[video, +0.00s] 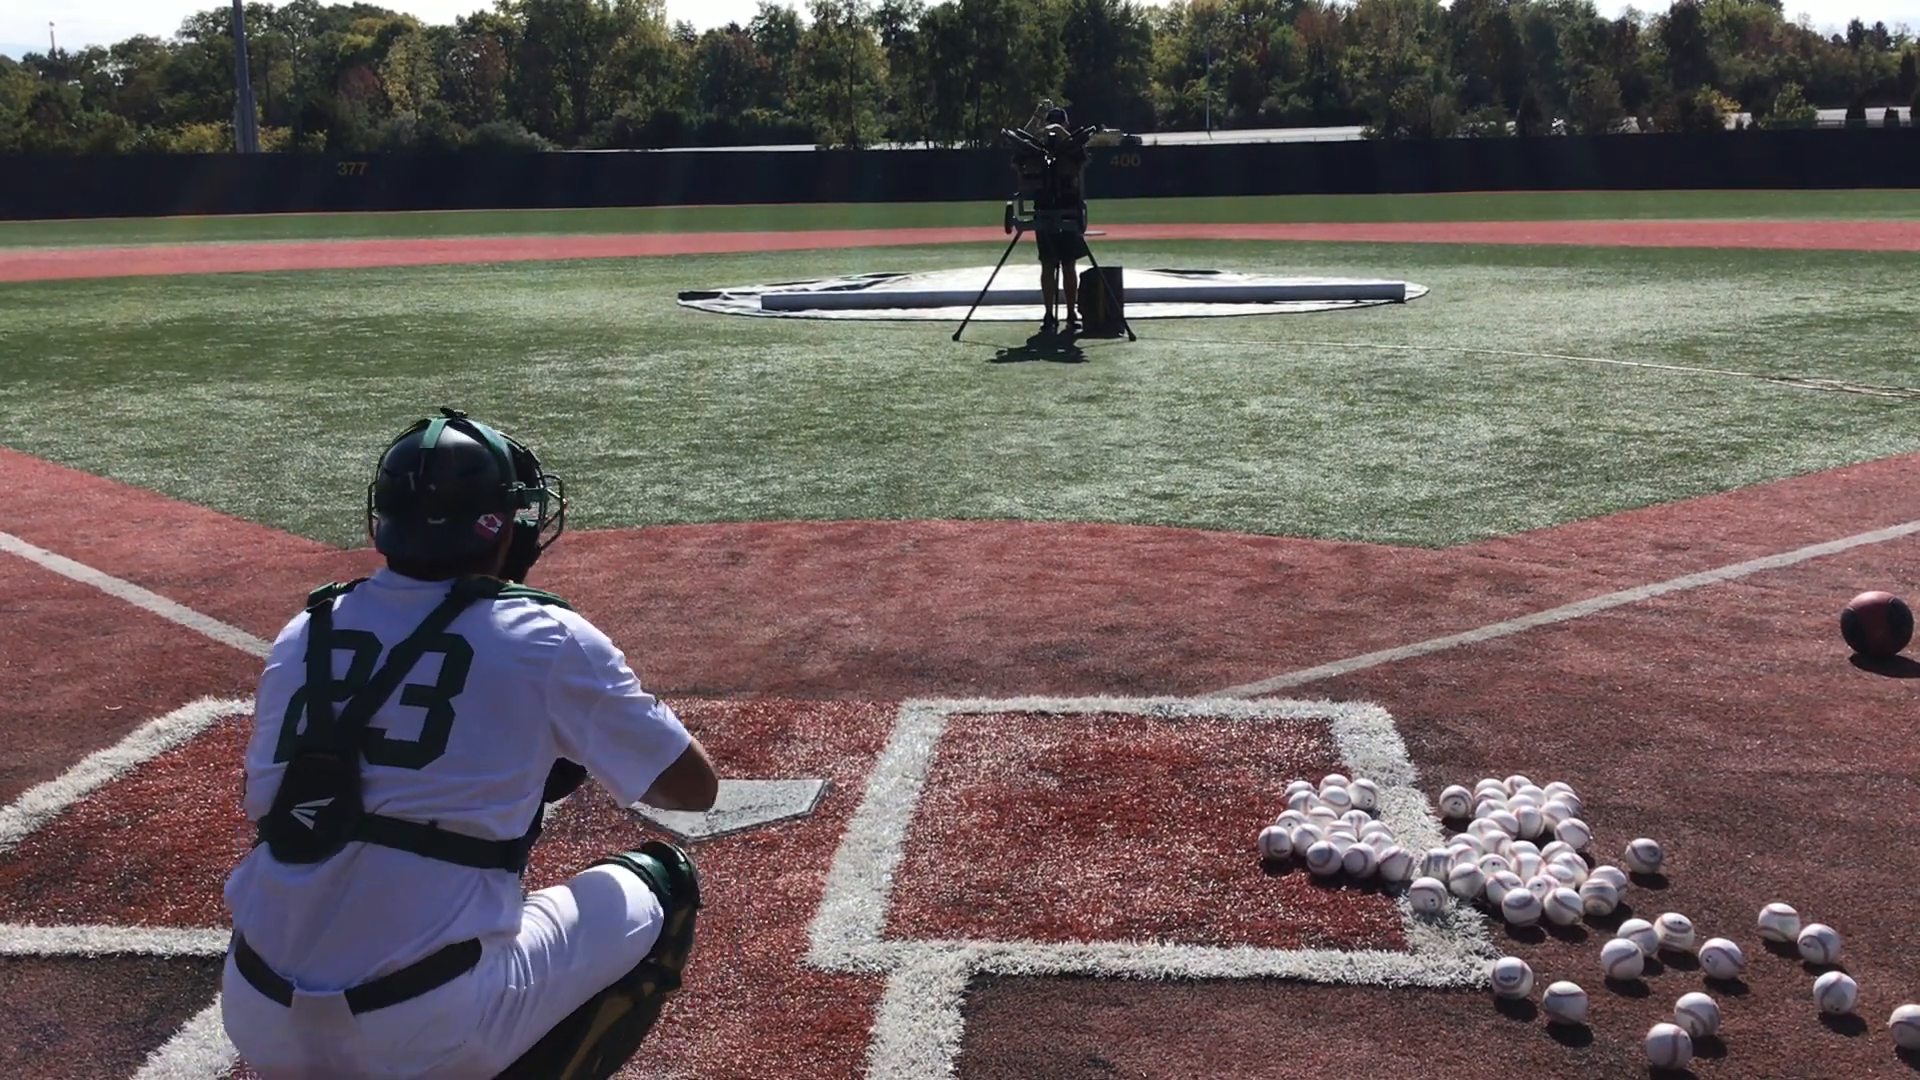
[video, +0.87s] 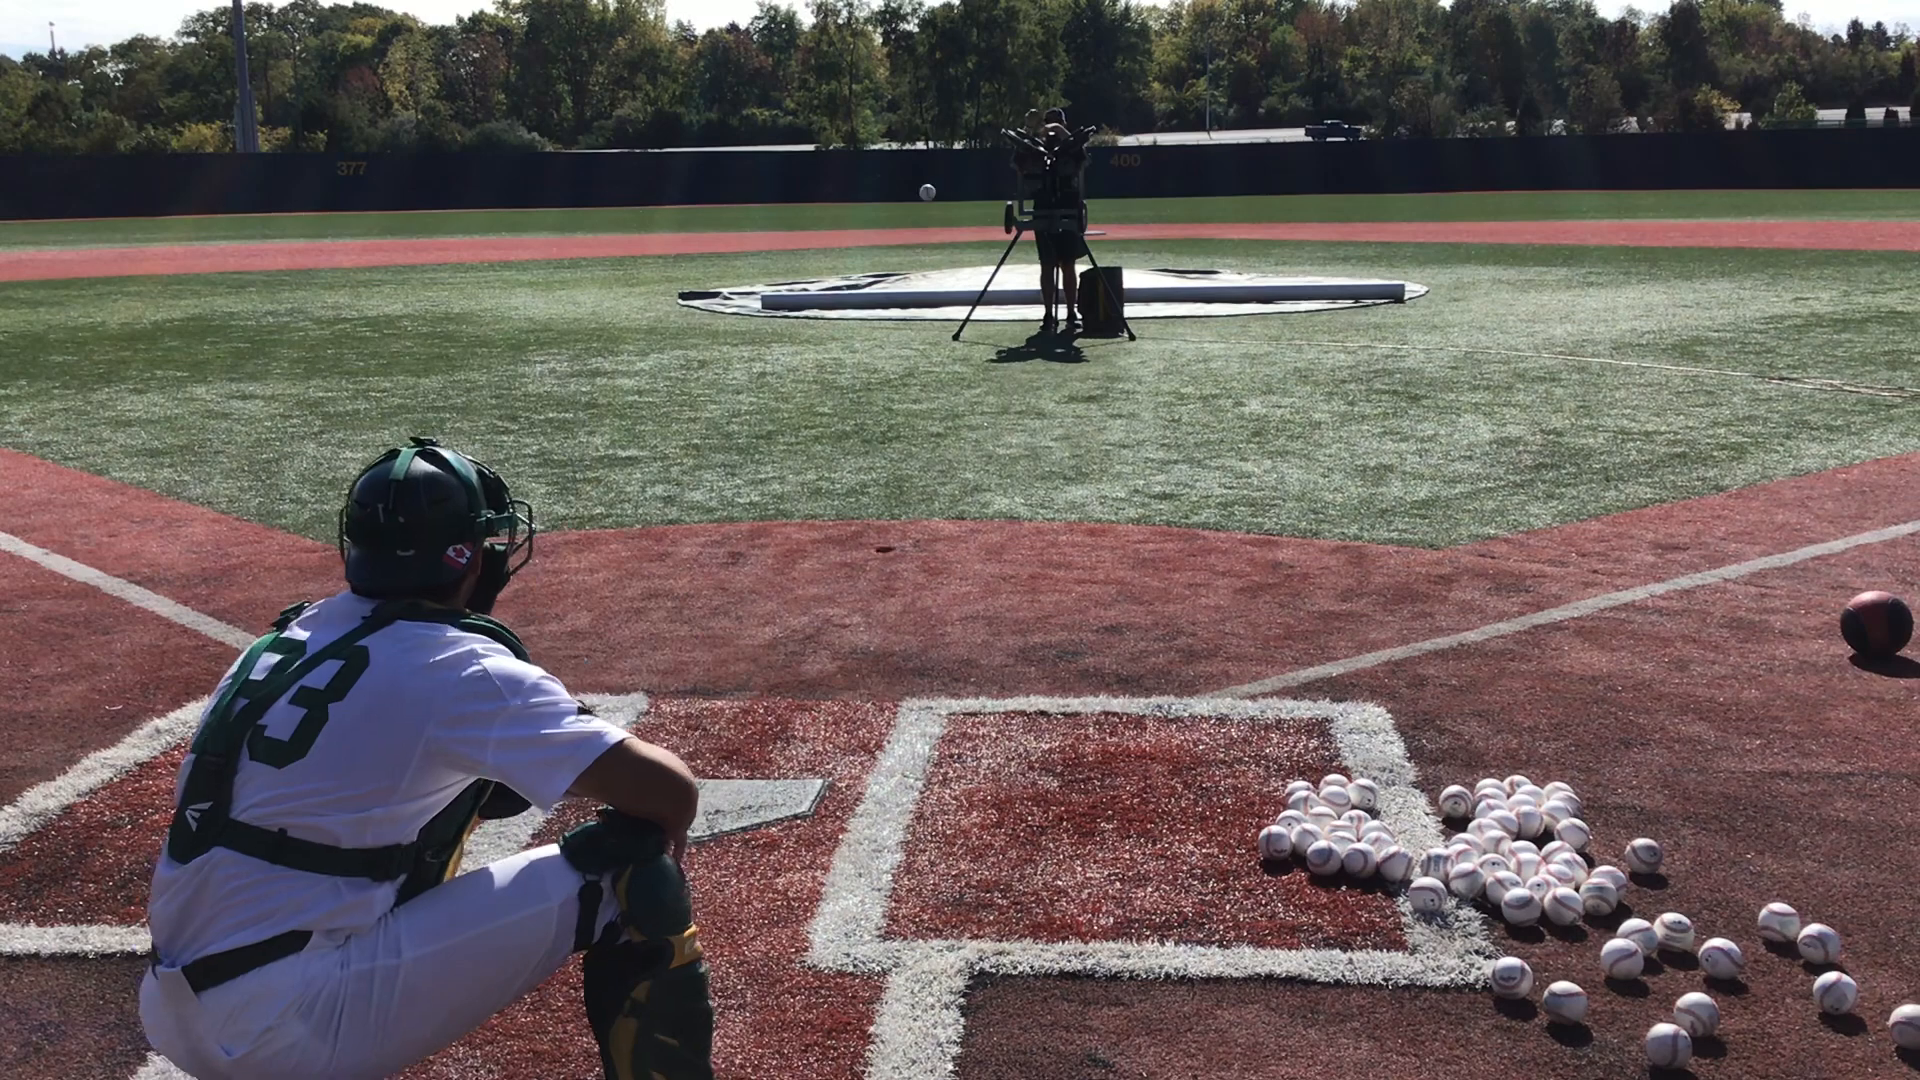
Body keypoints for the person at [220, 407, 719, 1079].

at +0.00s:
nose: (529, 529)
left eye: (526, 512)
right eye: (521, 516)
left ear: (385, 527)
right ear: (499, 534)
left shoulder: (307, 627)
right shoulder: (547, 639)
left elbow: (262, 801)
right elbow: (694, 786)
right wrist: (592, 746)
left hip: (259, 1024)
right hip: (420, 1039)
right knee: (665, 884)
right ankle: (544, 1067)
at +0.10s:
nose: (533, 471)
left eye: (528, 455)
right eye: (525, 459)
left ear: (395, 465)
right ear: (504, 476)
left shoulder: (315, 557)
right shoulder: (546, 571)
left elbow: (260, 731)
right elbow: (703, 724)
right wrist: (581, 698)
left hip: (273, 956)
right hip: (435, 955)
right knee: (663, 850)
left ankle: (340, 1065)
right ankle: (543, 1066)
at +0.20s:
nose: (542, 448)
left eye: (539, 432)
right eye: (535, 433)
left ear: (412, 437)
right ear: (515, 443)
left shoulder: (332, 530)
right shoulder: (560, 528)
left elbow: (264, 681)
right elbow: (716, 704)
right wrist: (593, 691)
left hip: (270, 889)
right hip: (450, 899)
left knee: (233, 795)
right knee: (707, 823)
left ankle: (254, 1066)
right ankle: (637, 1065)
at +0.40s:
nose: (556, 503)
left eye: (551, 485)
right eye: (550, 487)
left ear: (417, 491)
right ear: (529, 498)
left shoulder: (340, 583)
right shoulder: (560, 581)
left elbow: (279, 734)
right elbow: (726, 751)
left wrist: (521, 765)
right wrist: (601, 760)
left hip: (257, 925)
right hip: (445, 933)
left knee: (213, 833)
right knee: (714, 867)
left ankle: (173, 1064)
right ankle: (689, 1063)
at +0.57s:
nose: (531, 537)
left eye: (530, 521)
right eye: (524, 522)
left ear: (397, 525)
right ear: (499, 535)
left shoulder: (316, 615)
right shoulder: (520, 626)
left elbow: (239, 763)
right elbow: (710, 768)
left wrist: (463, 814)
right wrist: (567, 811)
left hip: (202, 977)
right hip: (374, 982)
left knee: (200, 885)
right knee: (681, 863)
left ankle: (170, 1069)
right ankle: (672, 1065)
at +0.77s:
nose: (506, 556)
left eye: (503, 540)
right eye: (499, 541)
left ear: (370, 543)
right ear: (474, 557)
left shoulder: (299, 623)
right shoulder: (476, 655)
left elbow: (195, 786)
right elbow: (691, 777)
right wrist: (602, 798)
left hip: (159, 993)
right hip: (292, 1012)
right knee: (640, 861)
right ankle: (655, 1061)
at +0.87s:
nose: (499, 552)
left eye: (495, 537)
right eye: (490, 541)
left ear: (362, 553)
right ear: (463, 565)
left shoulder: (299, 625)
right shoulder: (453, 666)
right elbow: (671, 787)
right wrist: (660, 841)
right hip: (285, 1025)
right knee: (628, 864)